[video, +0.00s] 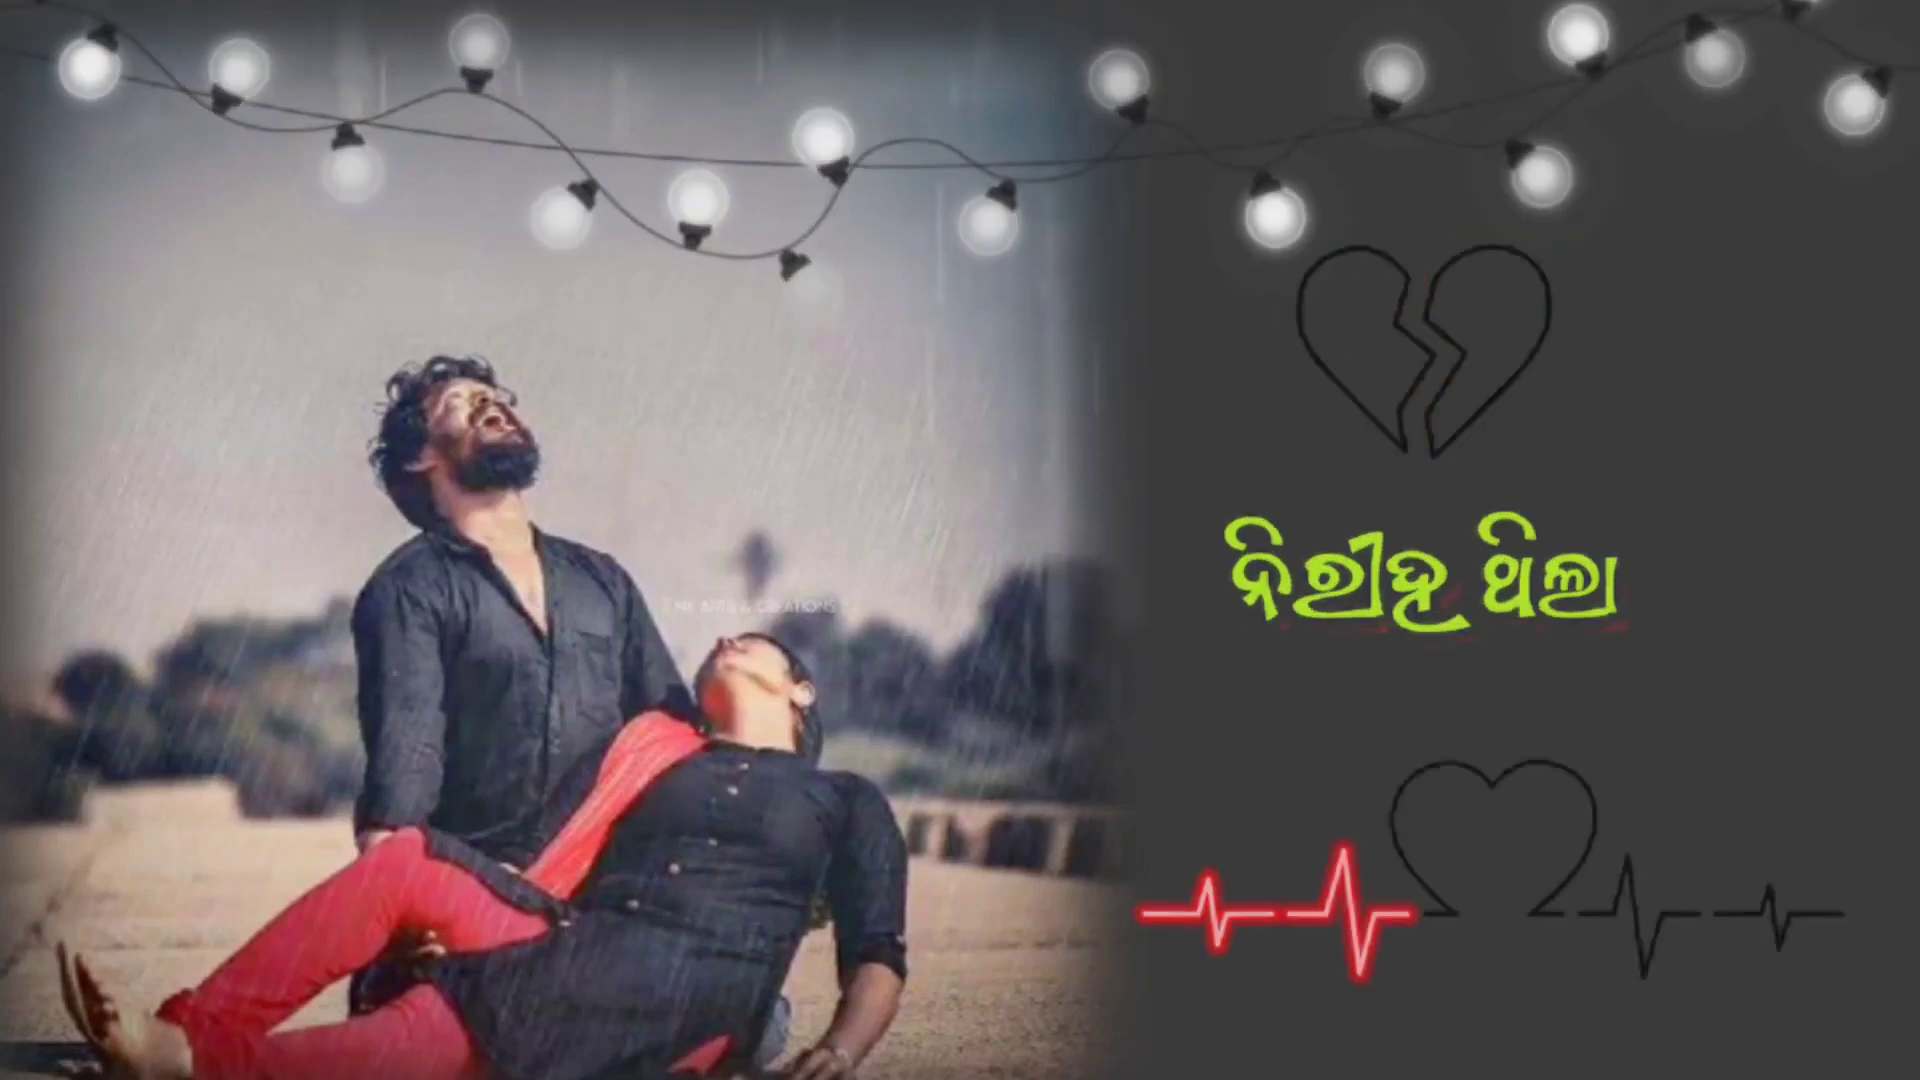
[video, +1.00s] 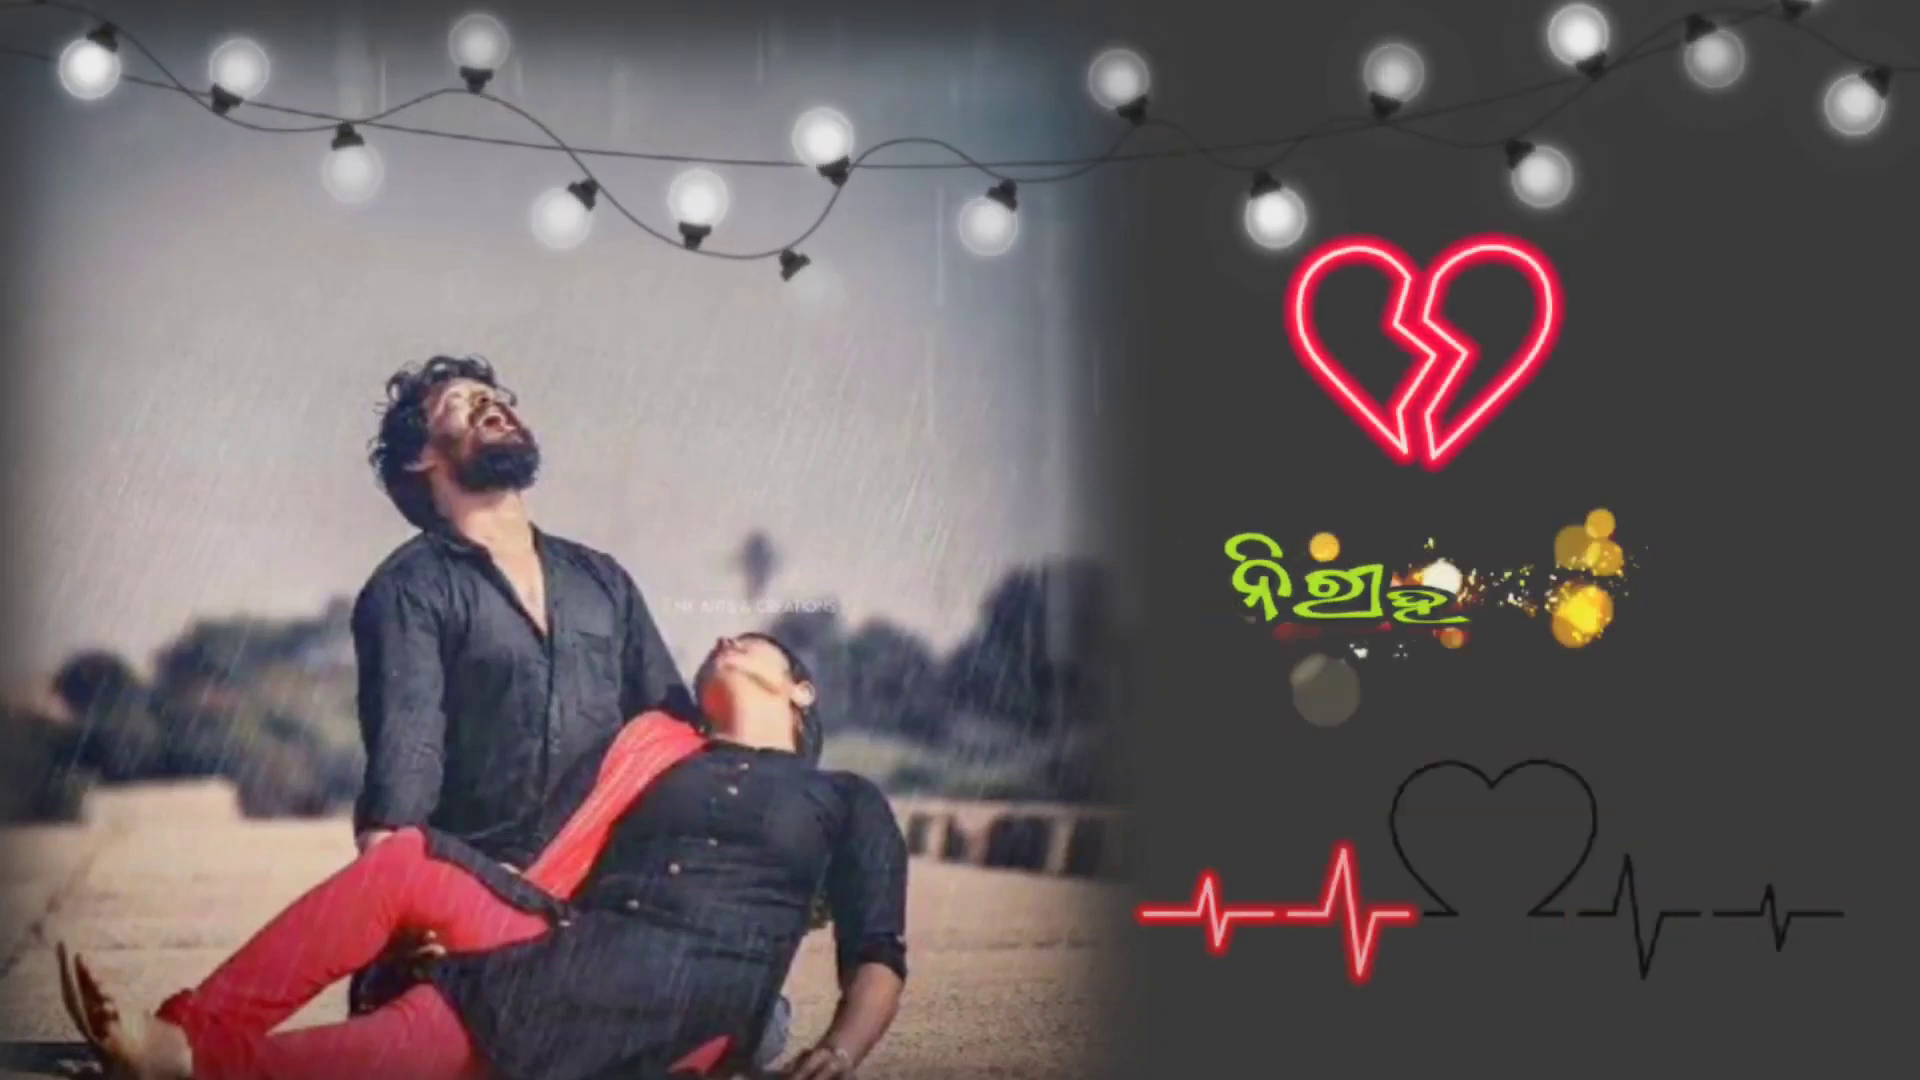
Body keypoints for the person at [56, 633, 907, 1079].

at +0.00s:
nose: (722, 662)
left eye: (749, 657)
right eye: (717, 661)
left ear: (799, 699)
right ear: (708, 699)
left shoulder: (843, 798)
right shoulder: (663, 757)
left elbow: (878, 967)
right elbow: (576, 894)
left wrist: (835, 1066)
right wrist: (456, 948)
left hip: (693, 981)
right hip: (588, 945)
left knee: (448, 1029)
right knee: (400, 860)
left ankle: (186, 1059)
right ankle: (178, 1040)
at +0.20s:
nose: (722, 660)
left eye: (749, 655)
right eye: (717, 659)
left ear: (799, 699)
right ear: (709, 699)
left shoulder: (843, 798)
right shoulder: (663, 756)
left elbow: (878, 967)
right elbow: (576, 893)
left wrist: (834, 1065)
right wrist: (458, 950)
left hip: (694, 981)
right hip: (590, 944)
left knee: (451, 1028)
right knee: (401, 861)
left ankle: (187, 1059)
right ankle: (177, 1040)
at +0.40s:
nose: (722, 660)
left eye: (749, 656)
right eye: (717, 659)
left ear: (799, 699)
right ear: (709, 699)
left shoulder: (843, 798)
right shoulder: (663, 756)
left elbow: (878, 967)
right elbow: (576, 893)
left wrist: (834, 1065)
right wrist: (458, 950)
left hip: (694, 981)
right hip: (589, 944)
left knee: (451, 1028)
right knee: (401, 861)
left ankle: (187, 1059)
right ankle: (177, 1040)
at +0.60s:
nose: (722, 660)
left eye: (749, 656)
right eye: (717, 659)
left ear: (799, 699)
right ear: (709, 699)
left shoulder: (843, 798)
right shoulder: (663, 755)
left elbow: (879, 968)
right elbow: (575, 892)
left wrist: (833, 1066)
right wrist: (458, 950)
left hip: (694, 981)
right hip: (589, 943)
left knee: (452, 1027)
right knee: (402, 861)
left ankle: (189, 1059)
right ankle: (178, 1040)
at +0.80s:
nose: (723, 662)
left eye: (749, 657)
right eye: (717, 661)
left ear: (799, 700)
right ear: (708, 699)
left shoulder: (843, 798)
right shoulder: (663, 757)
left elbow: (878, 967)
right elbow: (576, 894)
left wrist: (834, 1066)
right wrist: (456, 948)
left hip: (693, 981)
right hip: (588, 945)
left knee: (448, 1029)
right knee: (400, 860)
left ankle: (186, 1059)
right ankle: (178, 1040)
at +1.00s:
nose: (722, 660)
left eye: (749, 656)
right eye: (717, 659)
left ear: (799, 699)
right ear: (709, 699)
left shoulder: (843, 798)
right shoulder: (663, 756)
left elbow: (878, 967)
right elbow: (576, 893)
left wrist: (835, 1064)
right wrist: (458, 950)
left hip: (694, 981)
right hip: (590, 944)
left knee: (451, 1028)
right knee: (401, 861)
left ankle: (187, 1059)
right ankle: (177, 1040)